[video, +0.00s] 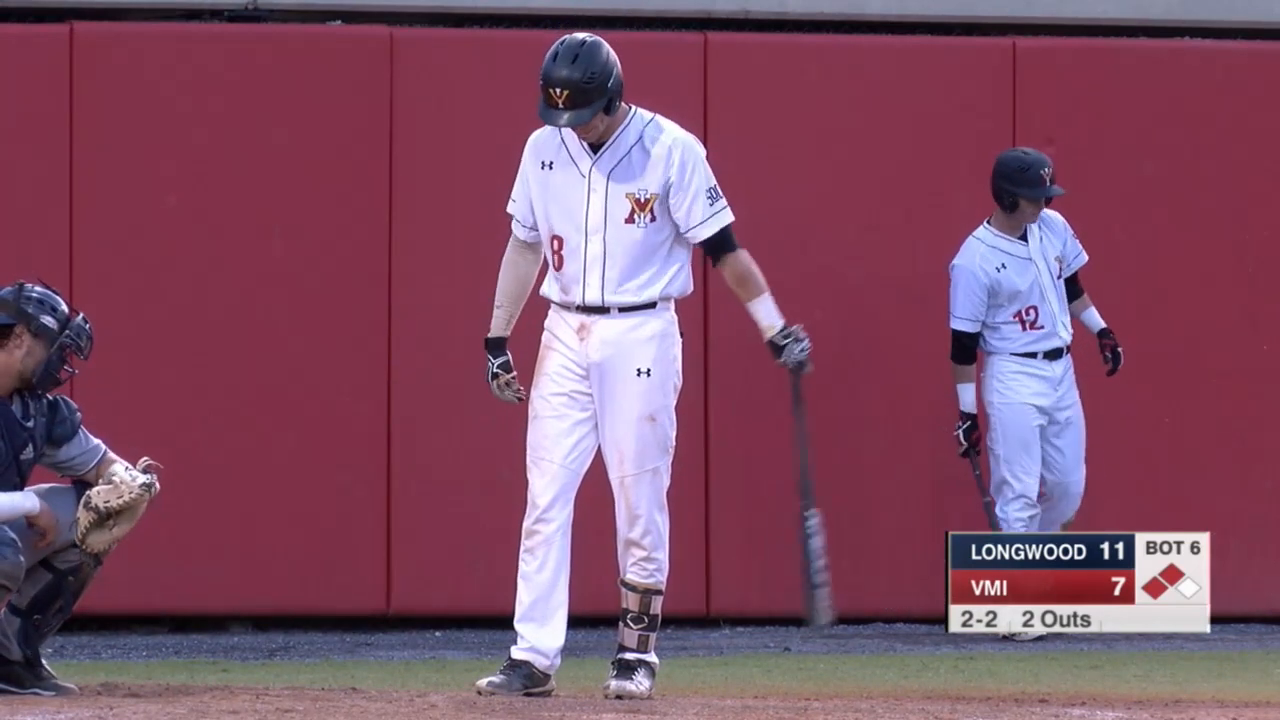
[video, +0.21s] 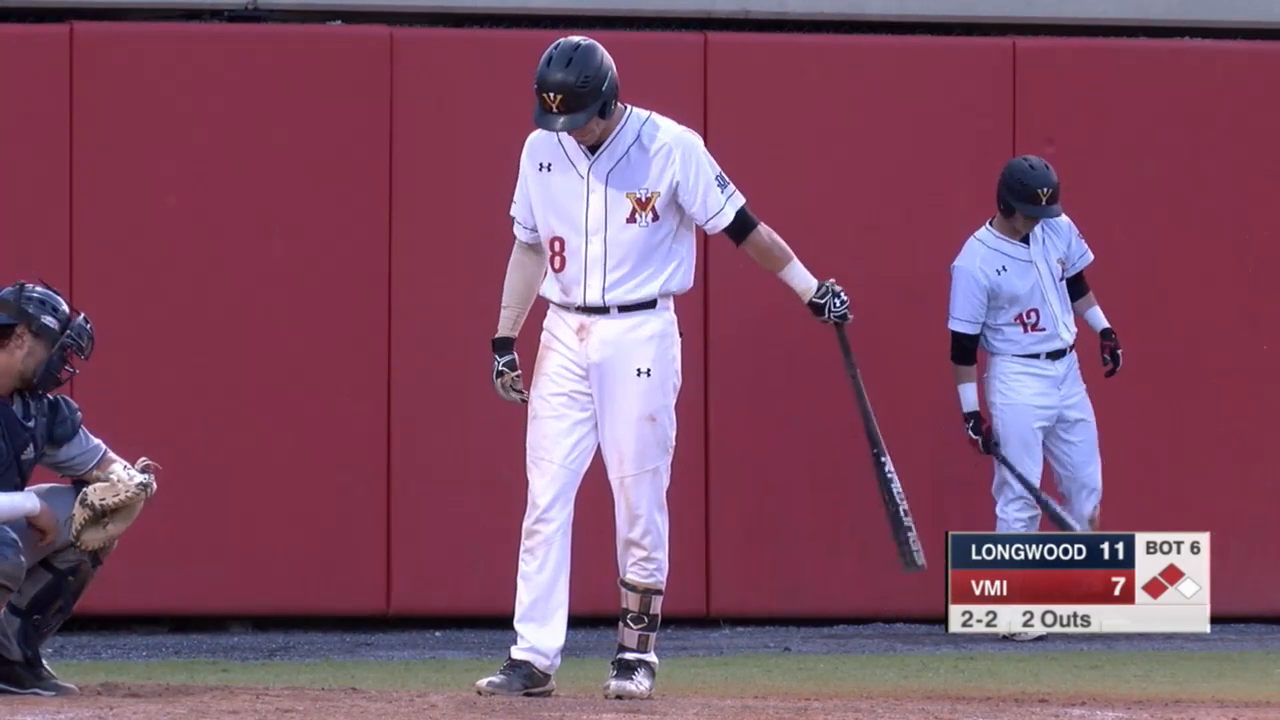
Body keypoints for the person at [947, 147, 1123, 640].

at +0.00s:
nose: (1046, 204)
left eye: (1045, 196)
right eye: (1038, 197)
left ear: (1035, 196)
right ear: (1010, 199)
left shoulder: (1051, 225)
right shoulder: (974, 260)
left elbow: (1070, 287)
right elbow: (963, 346)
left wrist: (1103, 330)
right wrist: (967, 415)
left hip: (1061, 375)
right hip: (1012, 379)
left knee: (1067, 490)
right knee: (1019, 493)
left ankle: (1012, 567)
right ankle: (1008, 600)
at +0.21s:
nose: (1044, 219)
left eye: (1047, 210)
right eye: (1036, 212)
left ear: (1049, 201)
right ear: (1010, 206)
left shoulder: (1055, 227)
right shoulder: (974, 262)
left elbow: (1077, 285)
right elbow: (962, 348)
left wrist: (1104, 330)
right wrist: (971, 413)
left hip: (1067, 376)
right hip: (1016, 382)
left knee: (1085, 484)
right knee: (1019, 496)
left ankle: (1071, 592)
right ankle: (1013, 601)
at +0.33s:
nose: (1046, 224)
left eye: (1051, 215)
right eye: (1039, 216)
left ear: (1055, 204)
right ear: (1013, 208)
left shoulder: (1061, 227)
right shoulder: (978, 262)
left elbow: (1083, 286)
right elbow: (967, 344)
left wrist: (1110, 337)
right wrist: (967, 413)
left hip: (1074, 375)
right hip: (1021, 383)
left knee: (1099, 486)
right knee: (1022, 494)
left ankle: (1114, 595)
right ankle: (1015, 604)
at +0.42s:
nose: (1052, 225)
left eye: (1057, 216)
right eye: (1045, 217)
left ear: (1061, 206)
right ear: (1019, 209)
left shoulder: (1067, 229)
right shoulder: (984, 262)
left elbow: (1089, 290)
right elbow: (973, 344)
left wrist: (1116, 341)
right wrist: (978, 413)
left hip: (1079, 376)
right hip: (1026, 384)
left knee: (1112, 485)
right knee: (1024, 498)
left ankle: (1130, 594)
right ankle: (1014, 606)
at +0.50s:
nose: (1059, 226)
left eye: (1063, 217)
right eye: (1051, 218)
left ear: (1067, 207)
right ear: (1026, 210)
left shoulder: (1073, 229)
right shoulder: (989, 261)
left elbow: (1094, 290)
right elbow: (978, 347)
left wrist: (1121, 342)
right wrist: (986, 414)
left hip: (1084, 376)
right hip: (1030, 384)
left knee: (1121, 487)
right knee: (1025, 501)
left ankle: (1146, 591)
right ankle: (1012, 607)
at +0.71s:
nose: (1085, 228)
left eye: (1091, 220)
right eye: (1079, 220)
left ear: (1097, 211)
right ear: (1056, 209)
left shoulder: (1100, 234)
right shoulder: (1016, 259)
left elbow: (1116, 297)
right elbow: (1002, 344)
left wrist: (1141, 349)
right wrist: (999, 414)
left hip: (1103, 381)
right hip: (1047, 386)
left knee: (1139, 496)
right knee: (1033, 506)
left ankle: (1163, 604)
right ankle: (1011, 609)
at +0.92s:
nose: (1150, 231)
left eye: (1155, 224)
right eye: (1145, 222)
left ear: (1156, 216)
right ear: (1123, 211)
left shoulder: (1155, 245)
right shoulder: (1072, 256)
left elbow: (1161, 312)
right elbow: (1044, 335)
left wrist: (1179, 369)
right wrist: (1021, 402)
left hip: (1137, 387)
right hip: (1082, 387)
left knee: (1157, 500)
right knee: (1054, 504)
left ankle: (1160, 609)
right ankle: (1016, 606)